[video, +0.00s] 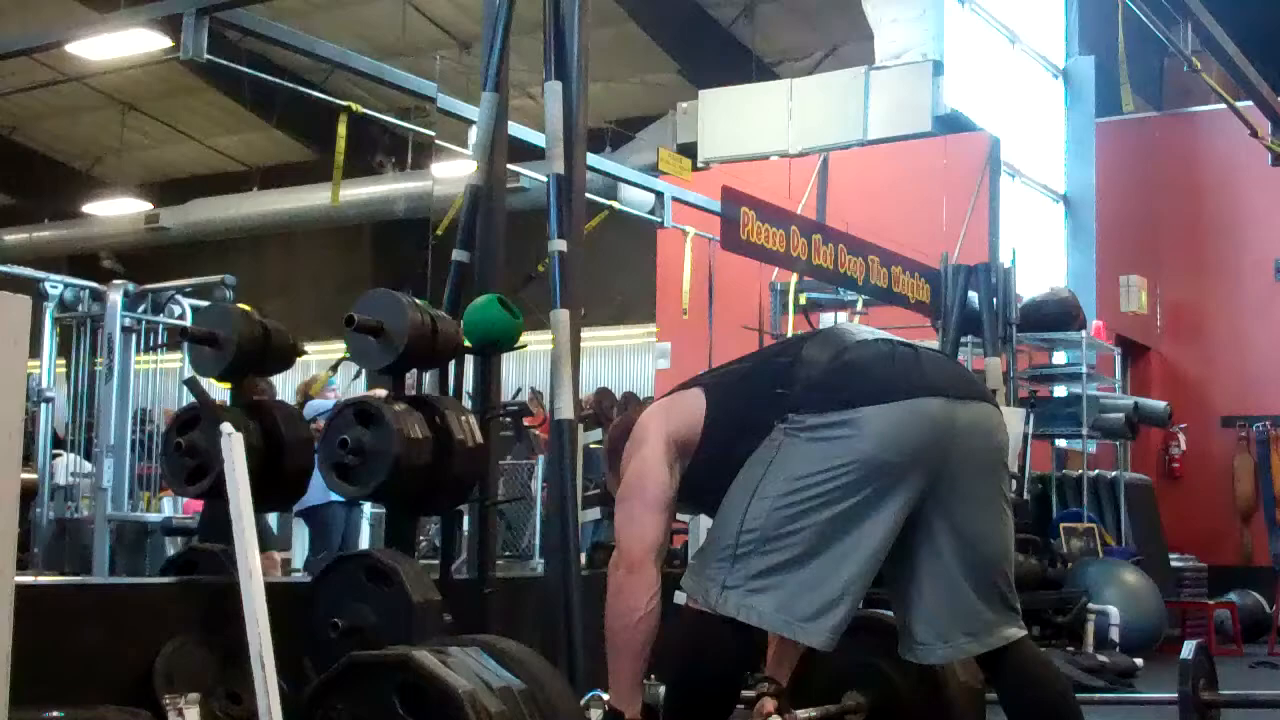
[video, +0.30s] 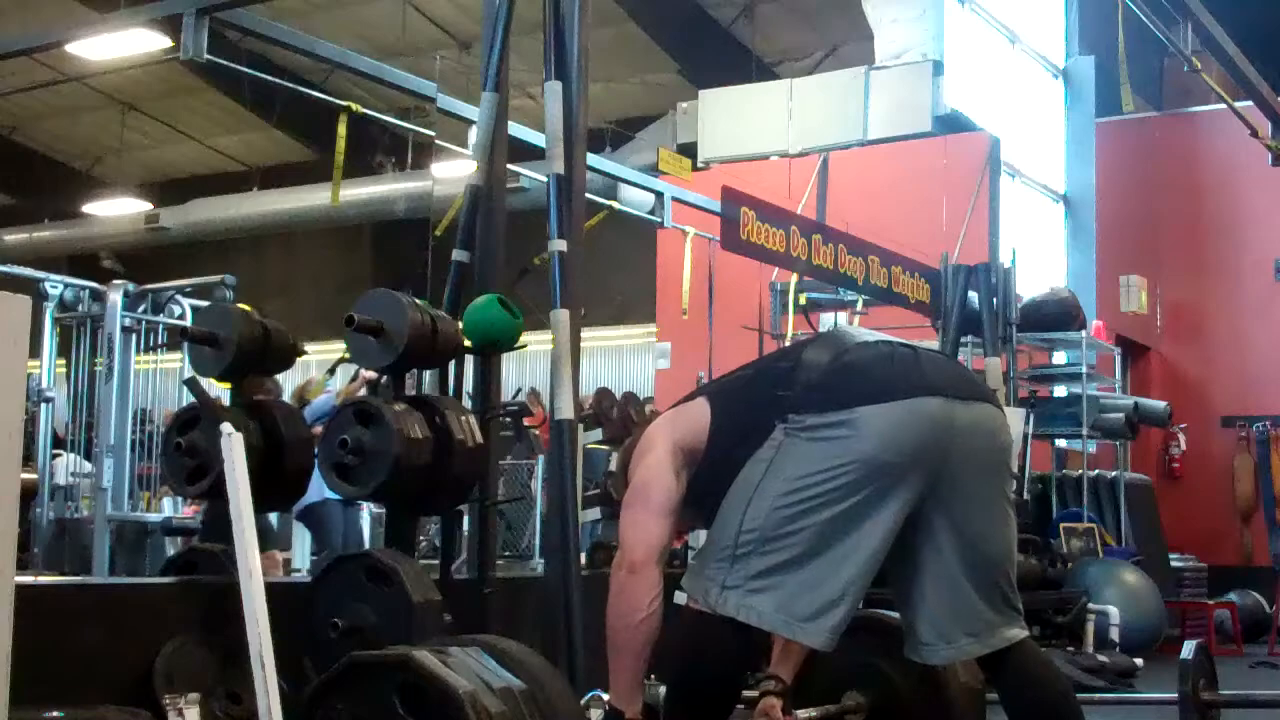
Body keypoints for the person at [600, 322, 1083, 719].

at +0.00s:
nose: (628, 498)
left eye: (624, 483)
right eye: (623, 490)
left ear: (629, 454)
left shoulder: (655, 427)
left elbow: (638, 567)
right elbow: (819, 551)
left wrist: (622, 704)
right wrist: (773, 688)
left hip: (862, 406)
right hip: (974, 407)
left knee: (721, 606)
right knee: (996, 630)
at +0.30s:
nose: (648, 519)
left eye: (636, 496)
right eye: (641, 505)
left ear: (639, 465)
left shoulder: (665, 439)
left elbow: (639, 566)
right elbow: (824, 563)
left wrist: (622, 703)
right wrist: (775, 687)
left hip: (862, 404)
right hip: (978, 407)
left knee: (722, 603)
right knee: (997, 630)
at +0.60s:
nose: (655, 514)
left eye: (634, 482)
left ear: (635, 452)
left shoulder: (657, 430)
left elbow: (640, 569)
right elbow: (824, 562)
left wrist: (622, 704)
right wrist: (772, 688)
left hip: (862, 408)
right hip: (976, 408)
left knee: (720, 606)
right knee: (997, 631)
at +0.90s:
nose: (617, 449)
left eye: (612, 431)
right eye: (612, 437)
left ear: (622, 400)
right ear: (656, 376)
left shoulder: (649, 399)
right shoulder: (754, 385)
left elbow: (641, 553)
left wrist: (622, 699)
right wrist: (775, 679)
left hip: (862, 410)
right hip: (971, 408)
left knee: (721, 612)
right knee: (989, 634)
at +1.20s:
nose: (613, 465)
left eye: (604, 447)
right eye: (603, 452)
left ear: (611, 407)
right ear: (641, 382)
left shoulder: (641, 405)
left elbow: (640, 560)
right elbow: (790, 538)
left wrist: (623, 704)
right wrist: (774, 683)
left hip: (871, 410)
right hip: (962, 409)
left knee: (722, 587)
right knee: (961, 637)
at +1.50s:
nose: (565, 466)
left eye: (558, 451)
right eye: (555, 457)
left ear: (559, 413)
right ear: (588, 382)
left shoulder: (587, 407)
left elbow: (609, 560)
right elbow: (773, 534)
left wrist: (620, 703)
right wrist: (771, 678)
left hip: (808, 387)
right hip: (894, 381)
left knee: (688, 598)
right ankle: (771, 694)